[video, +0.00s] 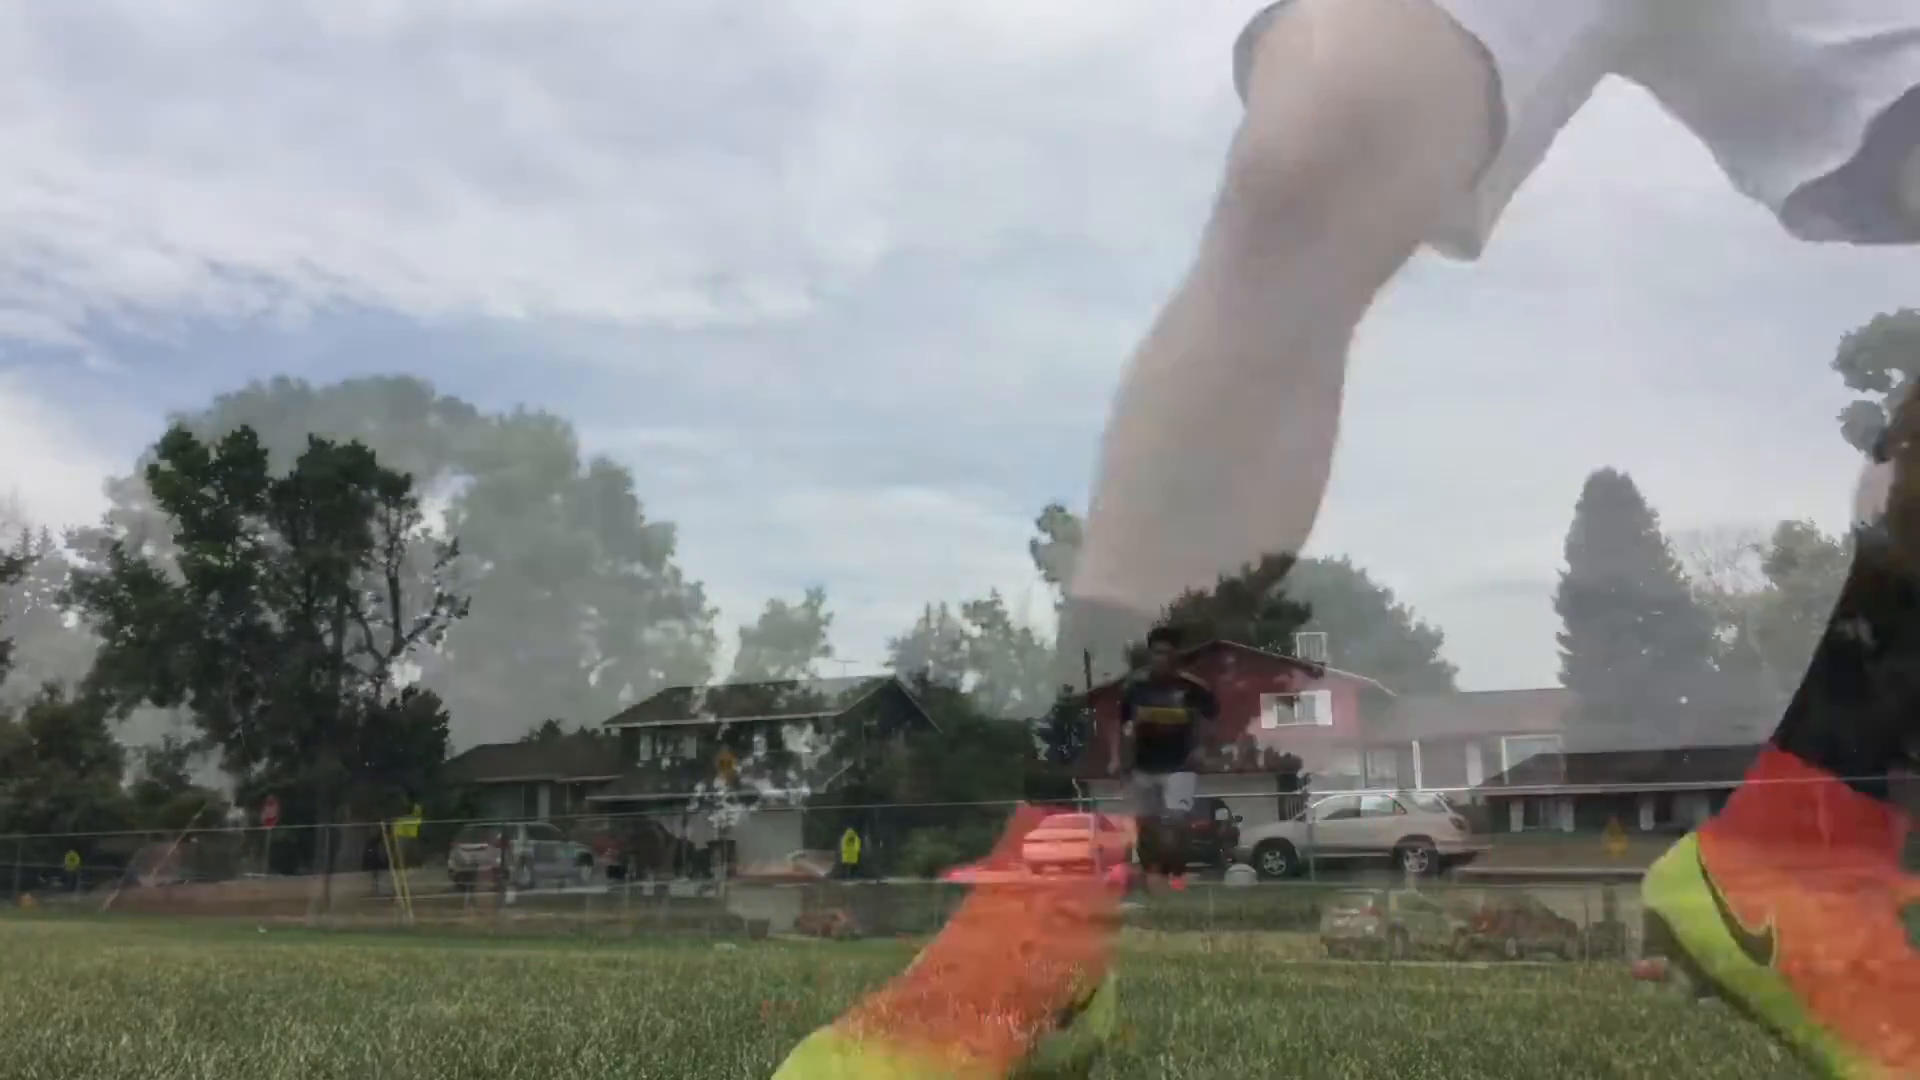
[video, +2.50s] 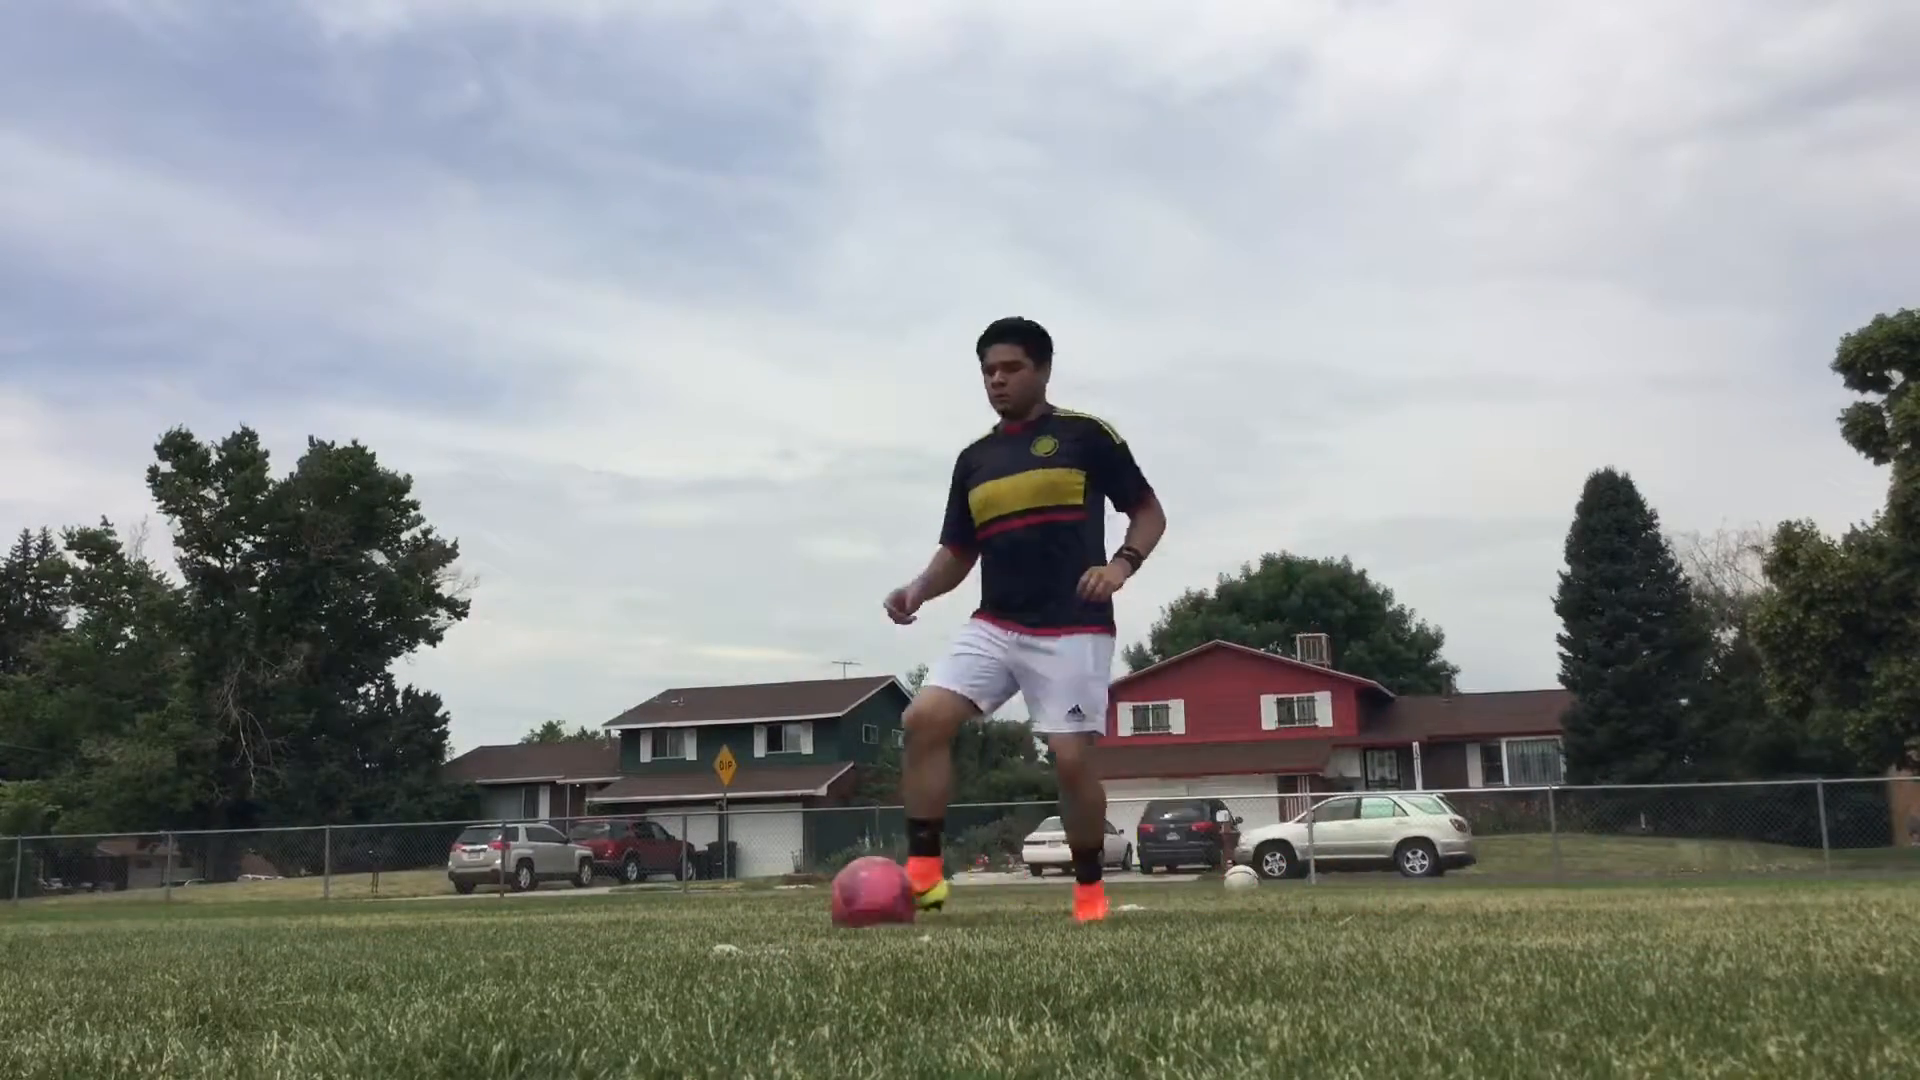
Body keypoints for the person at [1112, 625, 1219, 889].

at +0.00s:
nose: (1160, 658)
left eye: (1166, 653)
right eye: (1156, 652)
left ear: (1176, 655)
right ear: (1148, 654)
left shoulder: (1191, 688)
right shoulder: (1135, 688)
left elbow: (1211, 722)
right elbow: (1120, 724)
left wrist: (1203, 750)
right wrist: (1116, 758)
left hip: (1179, 768)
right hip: (1143, 768)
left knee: (1175, 823)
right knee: (1146, 823)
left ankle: (1175, 876)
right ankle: (1150, 874)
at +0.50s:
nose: (1168, 643)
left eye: (1174, 637)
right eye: (1162, 637)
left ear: (1186, 640)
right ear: (1153, 641)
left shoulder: (1204, 672)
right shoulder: (1140, 677)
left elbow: (1223, 699)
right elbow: (1118, 709)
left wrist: (1216, 731)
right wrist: (1120, 737)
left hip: (1195, 760)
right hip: (1156, 762)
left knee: (1190, 819)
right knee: (1153, 823)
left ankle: (1192, 853)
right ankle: (1165, 876)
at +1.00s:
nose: (1212, 572)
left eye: (1219, 566)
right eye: (1205, 566)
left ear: (1233, 569)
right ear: (1198, 569)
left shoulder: (1251, 610)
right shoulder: (1181, 607)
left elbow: (1280, 651)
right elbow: (1139, 642)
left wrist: (1270, 664)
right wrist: (1138, 645)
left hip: (1228, 717)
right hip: (1179, 712)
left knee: (1226, 789)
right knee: (1146, 770)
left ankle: (1214, 872)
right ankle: (1147, 862)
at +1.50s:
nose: (1253, 558)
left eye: (1261, 551)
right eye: (1245, 552)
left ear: (1277, 554)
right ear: (1236, 557)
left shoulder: (1301, 601)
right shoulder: (1220, 610)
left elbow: (1313, 650)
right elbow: (1186, 668)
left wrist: (1319, 690)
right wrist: (1194, 714)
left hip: (1297, 716)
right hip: (1240, 729)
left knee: (1324, 785)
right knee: (1241, 818)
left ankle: (1354, 887)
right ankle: (1238, 886)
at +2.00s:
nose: (1215, 497)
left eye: (1225, 487)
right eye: (1207, 490)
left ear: (1251, 489)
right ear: (1200, 496)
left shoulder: (1294, 540)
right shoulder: (1191, 567)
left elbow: (1346, 592)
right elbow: (1173, 639)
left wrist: (1334, 633)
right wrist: (1179, 710)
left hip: (1308, 686)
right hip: (1241, 687)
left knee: (1339, 790)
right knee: (1244, 750)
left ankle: (1362, 891)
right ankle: (1265, 879)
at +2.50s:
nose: (997, 380)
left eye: (1010, 369)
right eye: (989, 372)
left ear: (1043, 371)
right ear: (982, 378)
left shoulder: (1088, 437)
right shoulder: (974, 460)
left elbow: (1149, 512)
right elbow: (957, 551)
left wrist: (1121, 564)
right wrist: (918, 588)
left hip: (1073, 629)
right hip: (996, 626)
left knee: (1071, 759)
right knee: (924, 720)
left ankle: (1088, 891)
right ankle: (924, 875)